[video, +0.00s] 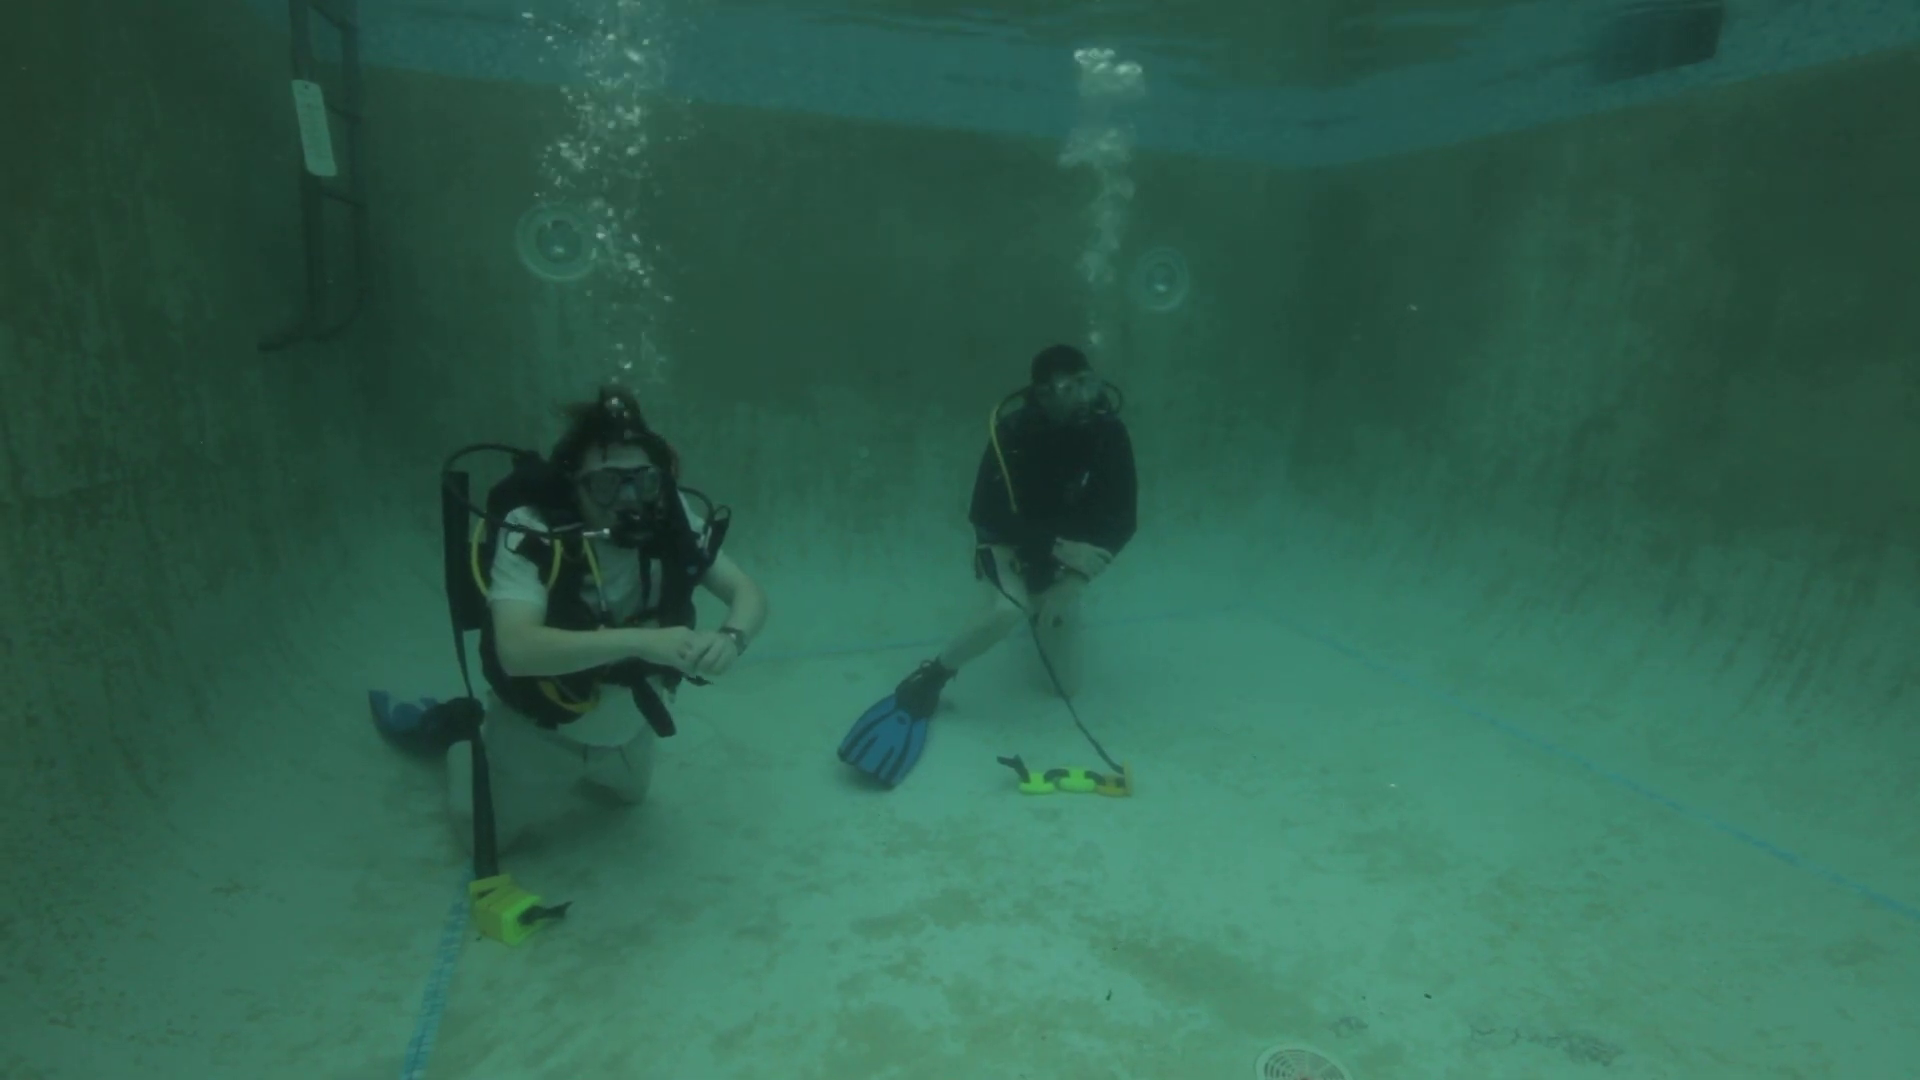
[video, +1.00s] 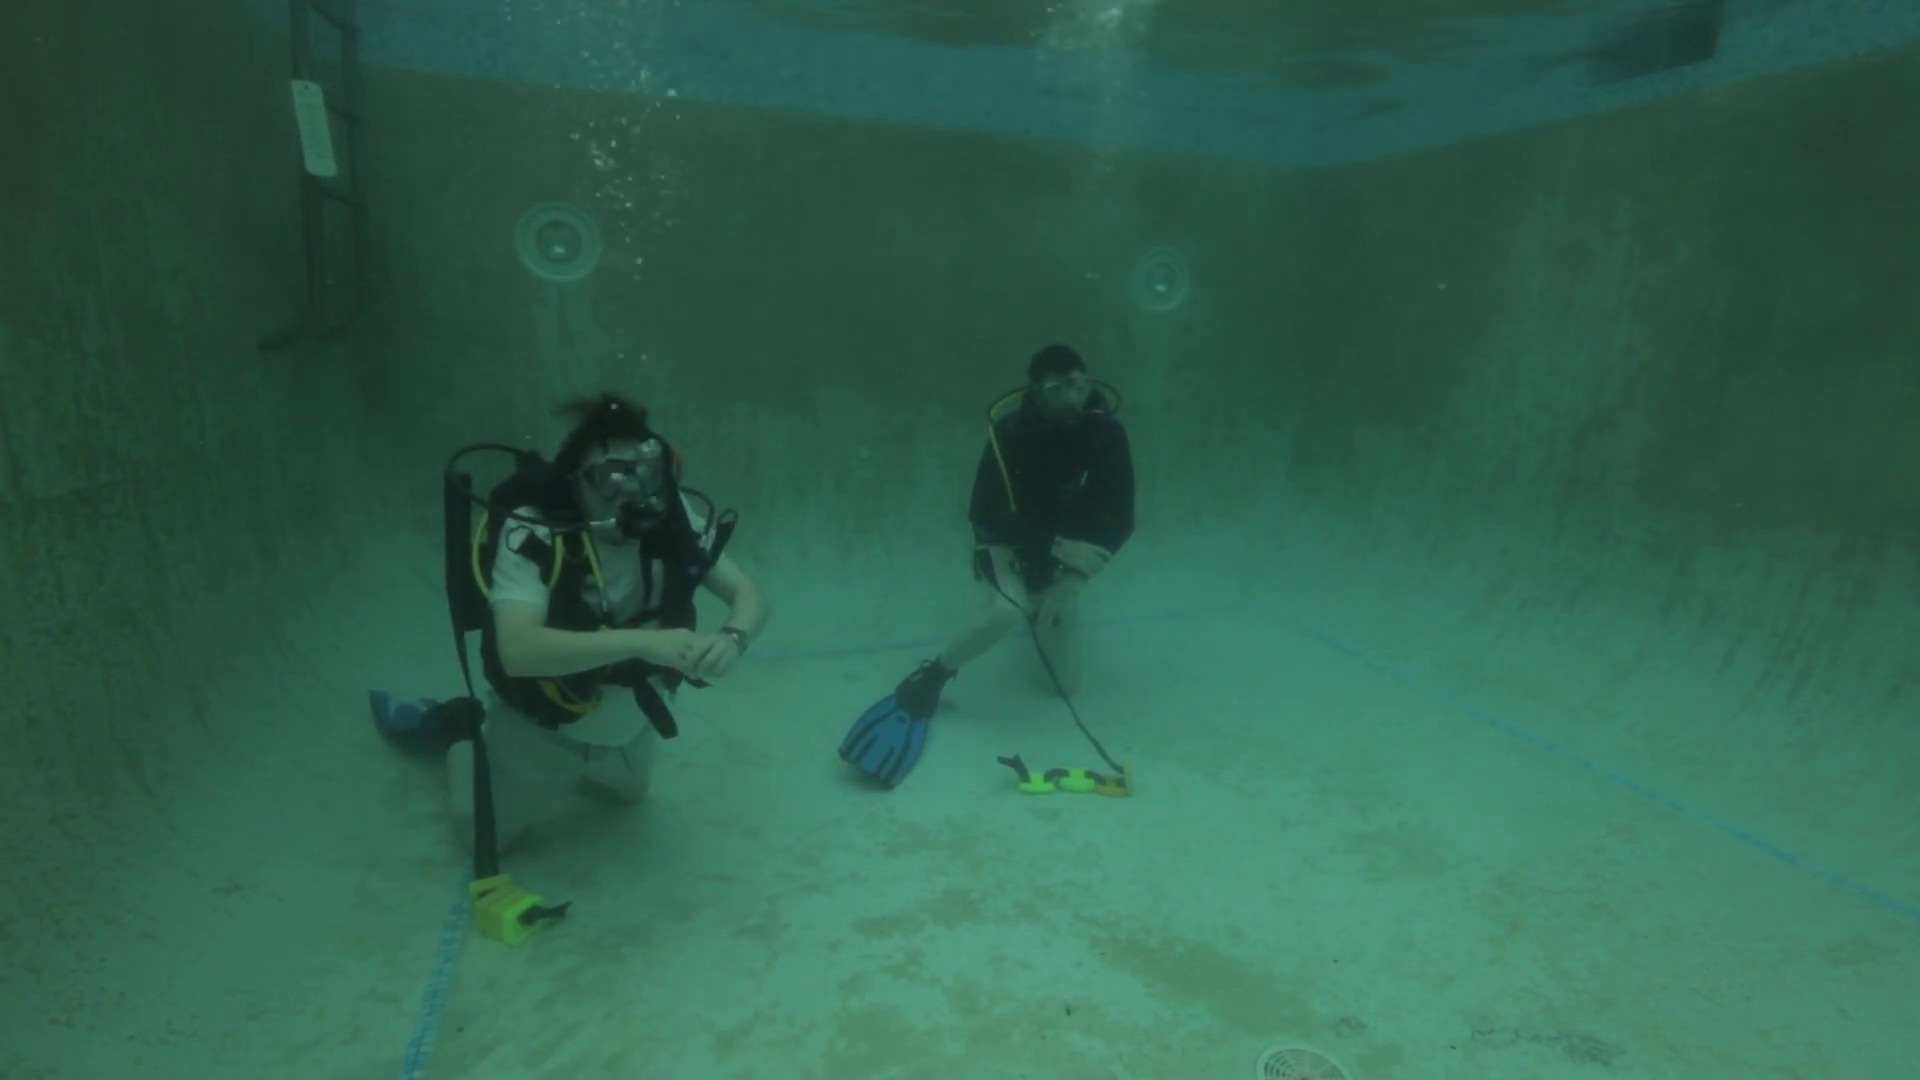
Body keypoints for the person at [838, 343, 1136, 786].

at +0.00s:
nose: (1082, 394)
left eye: (1084, 382)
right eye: (1069, 387)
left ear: (1092, 381)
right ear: (1043, 394)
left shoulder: (1107, 430)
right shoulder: (1016, 428)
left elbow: (1121, 518)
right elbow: (988, 512)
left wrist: (1070, 585)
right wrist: (1058, 546)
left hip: (1069, 550)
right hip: (1011, 542)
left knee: (1068, 681)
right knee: (1009, 611)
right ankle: (930, 679)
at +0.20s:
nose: (1079, 397)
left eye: (1085, 385)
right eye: (1065, 388)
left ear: (1095, 386)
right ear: (1041, 394)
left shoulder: (1108, 433)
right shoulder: (1015, 431)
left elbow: (1120, 519)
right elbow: (985, 511)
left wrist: (1074, 576)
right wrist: (1047, 546)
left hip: (1075, 549)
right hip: (1012, 543)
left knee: (1066, 682)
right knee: (1008, 611)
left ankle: (1044, 613)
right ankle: (933, 675)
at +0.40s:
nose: (1079, 396)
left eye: (1083, 383)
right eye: (1066, 386)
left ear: (1093, 383)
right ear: (1041, 392)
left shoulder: (1108, 433)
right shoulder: (1015, 432)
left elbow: (1121, 519)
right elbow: (987, 512)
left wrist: (1070, 585)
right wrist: (1058, 546)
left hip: (1067, 555)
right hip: (1010, 545)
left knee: (1067, 681)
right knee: (1009, 612)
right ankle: (930, 678)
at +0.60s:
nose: (1079, 395)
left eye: (1083, 383)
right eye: (1067, 386)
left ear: (1092, 384)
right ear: (1041, 391)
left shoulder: (1107, 431)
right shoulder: (1015, 431)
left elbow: (1121, 518)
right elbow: (987, 512)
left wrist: (1070, 584)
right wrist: (1058, 546)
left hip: (1067, 550)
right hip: (1009, 542)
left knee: (1067, 681)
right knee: (1009, 612)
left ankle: (1048, 612)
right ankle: (929, 679)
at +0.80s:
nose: (1074, 397)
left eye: (1079, 385)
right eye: (1062, 388)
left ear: (1089, 385)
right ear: (1039, 392)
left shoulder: (1106, 431)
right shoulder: (1014, 431)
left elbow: (1120, 518)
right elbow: (987, 513)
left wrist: (1069, 585)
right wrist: (1058, 546)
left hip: (1067, 552)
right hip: (1009, 544)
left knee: (1067, 681)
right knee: (1009, 611)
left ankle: (1048, 609)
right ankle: (930, 679)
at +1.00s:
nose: (1073, 397)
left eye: (1078, 385)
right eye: (1061, 388)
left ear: (1089, 385)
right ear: (1038, 391)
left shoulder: (1106, 431)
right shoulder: (1012, 429)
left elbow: (1119, 518)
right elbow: (988, 514)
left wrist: (1068, 586)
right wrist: (1058, 545)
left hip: (1065, 550)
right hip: (1009, 542)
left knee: (1066, 681)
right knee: (1008, 610)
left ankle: (1049, 609)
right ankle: (931, 678)